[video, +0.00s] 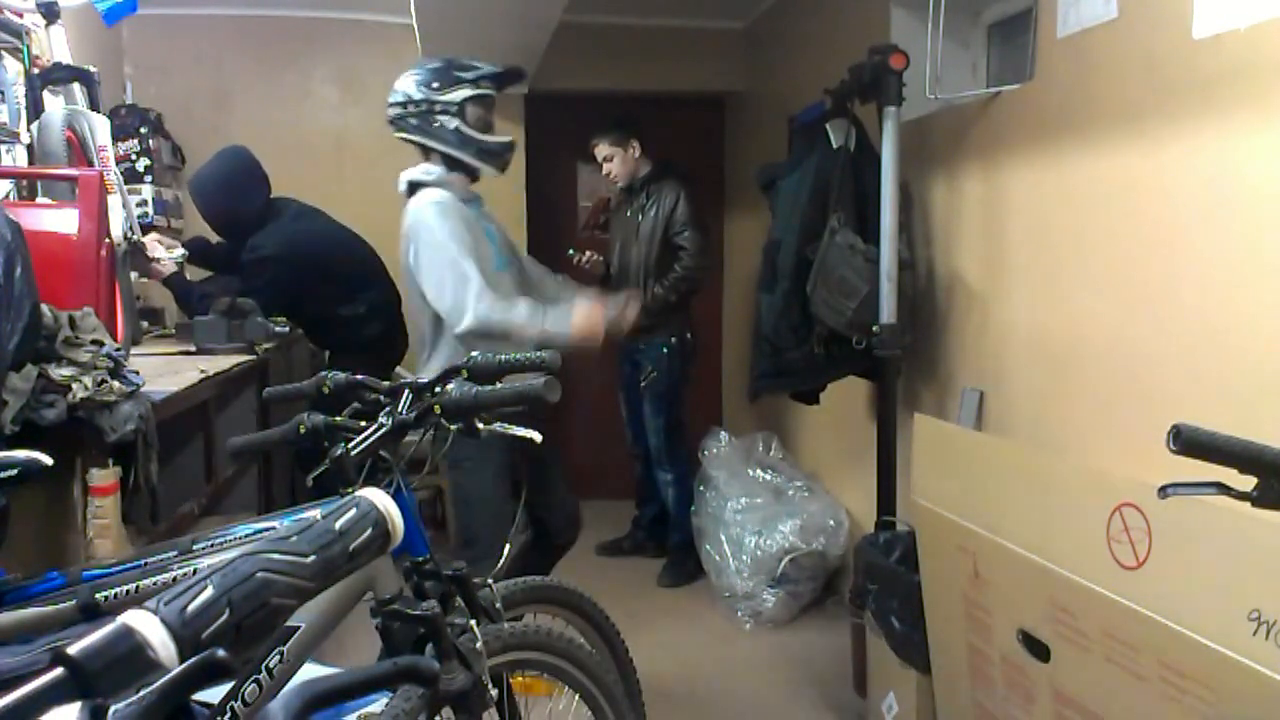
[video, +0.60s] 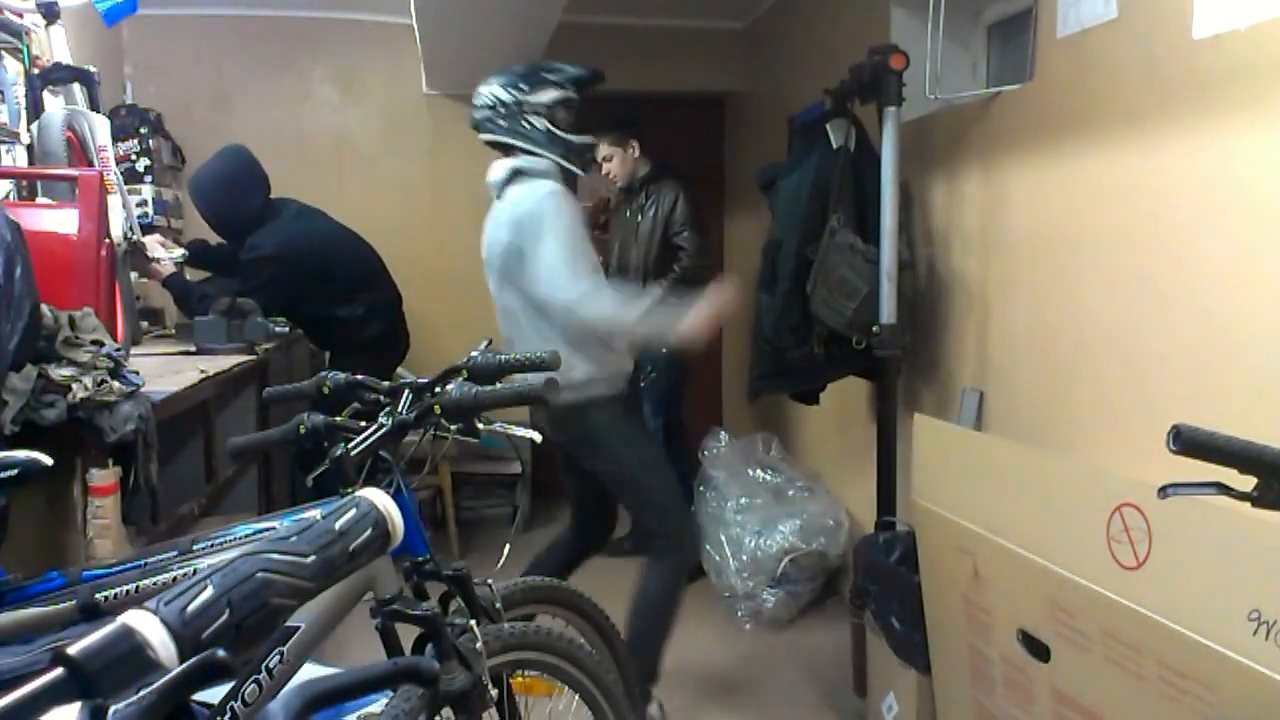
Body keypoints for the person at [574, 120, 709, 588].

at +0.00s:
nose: (605, 170)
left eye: (609, 159)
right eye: (600, 163)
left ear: (636, 150)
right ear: (610, 164)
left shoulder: (671, 194)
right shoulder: (623, 206)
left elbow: (693, 263)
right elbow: (620, 269)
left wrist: (644, 306)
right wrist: (600, 275)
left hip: (664, 338)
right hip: (631, 338)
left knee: (663, 443)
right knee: (640, 442)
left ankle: (684, 546)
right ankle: (650, 530)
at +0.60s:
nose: (605, 171)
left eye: (609, 160)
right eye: (600, 164)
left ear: (633, 151)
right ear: (605, 164)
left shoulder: (670, 194)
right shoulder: (619, 204)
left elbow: (692, 258)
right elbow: (616, 265)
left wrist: (653, 306)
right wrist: (608, 305)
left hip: (663, 330)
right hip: (624, 329)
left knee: (663, 428)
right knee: (630, 429)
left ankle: (684, 540)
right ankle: (644, 525)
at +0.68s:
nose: (592, 152)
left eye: (594, 140)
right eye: (580, 138)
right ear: (550, 140)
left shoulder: (527, 215)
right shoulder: (565, 211)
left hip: (559, 423)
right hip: (593, 426)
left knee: (592, 539)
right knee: (696, 545)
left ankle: (512, 617)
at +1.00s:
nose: (626, 106)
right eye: (616, 99)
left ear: (558, 119)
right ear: (587, 108)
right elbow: (659, 293)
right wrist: (772, 304)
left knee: (659, 521)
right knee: (722, 558)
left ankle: (577, 624)